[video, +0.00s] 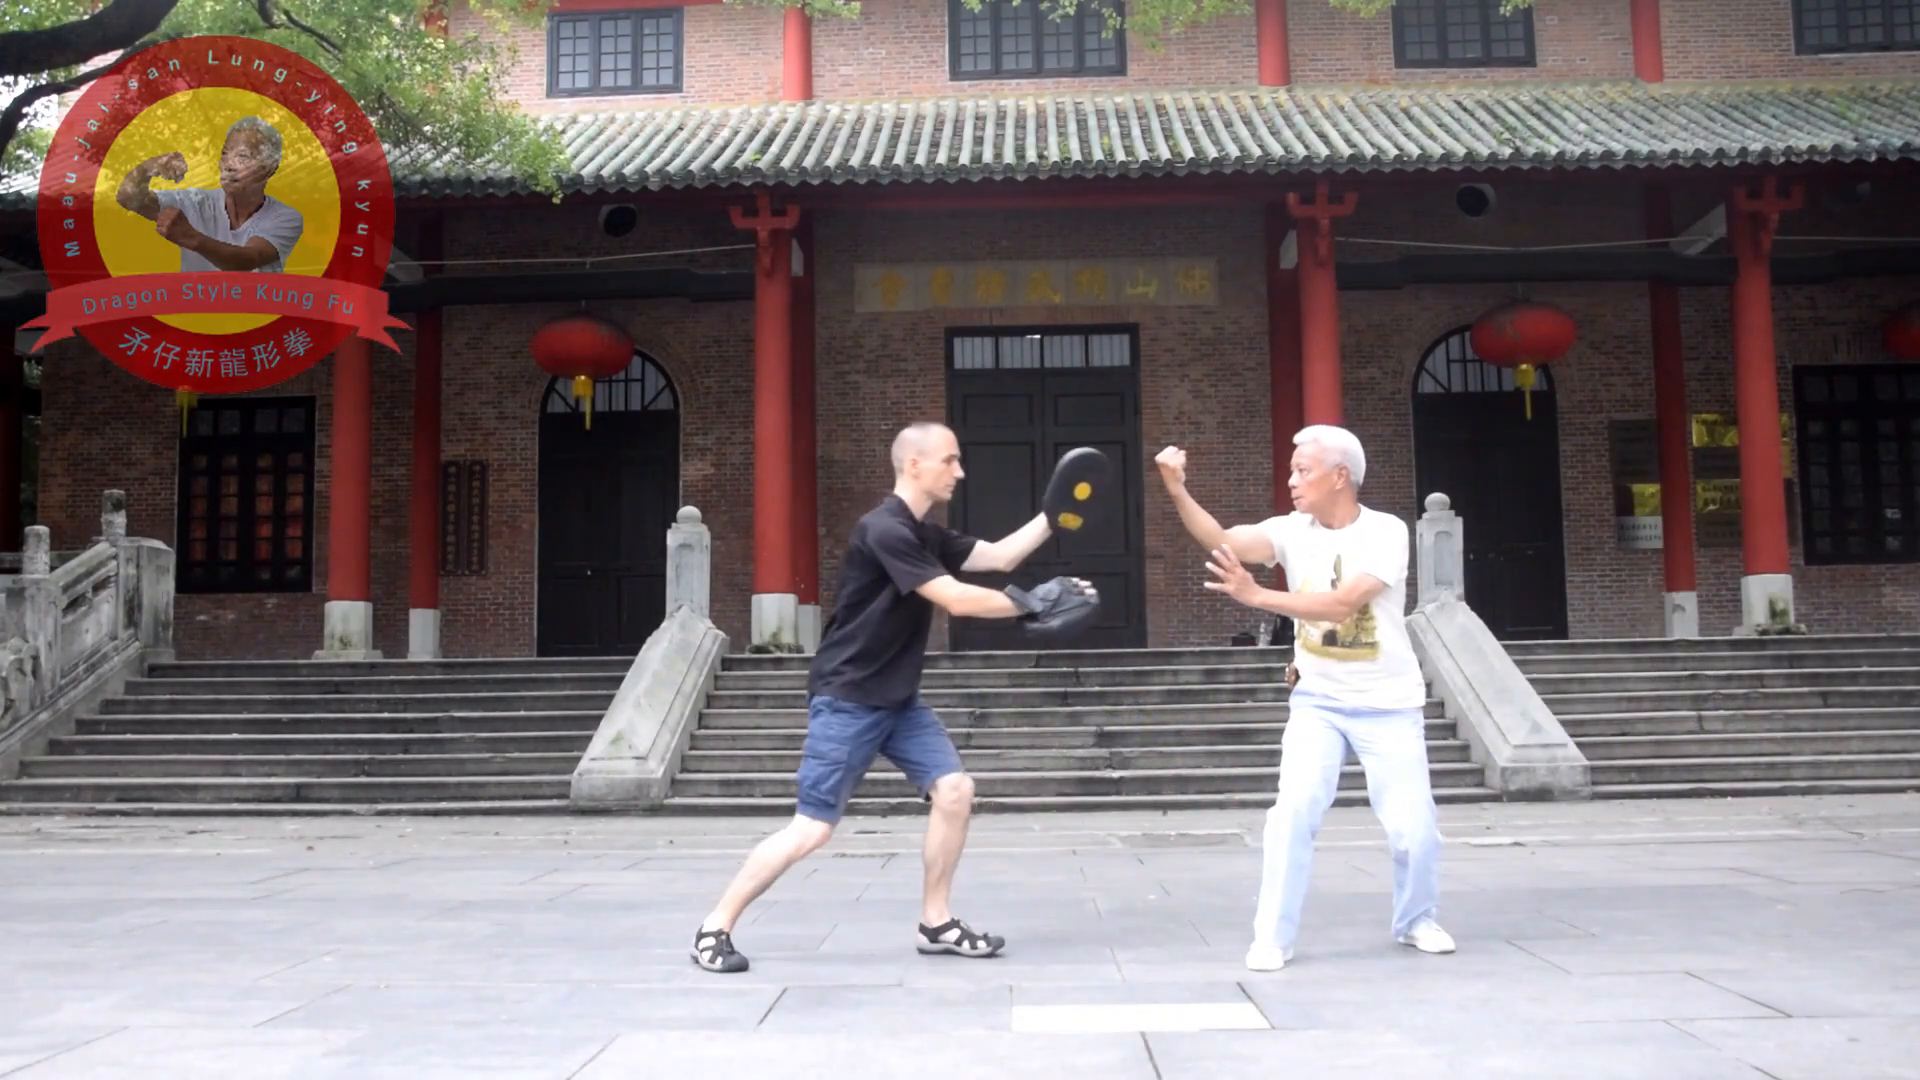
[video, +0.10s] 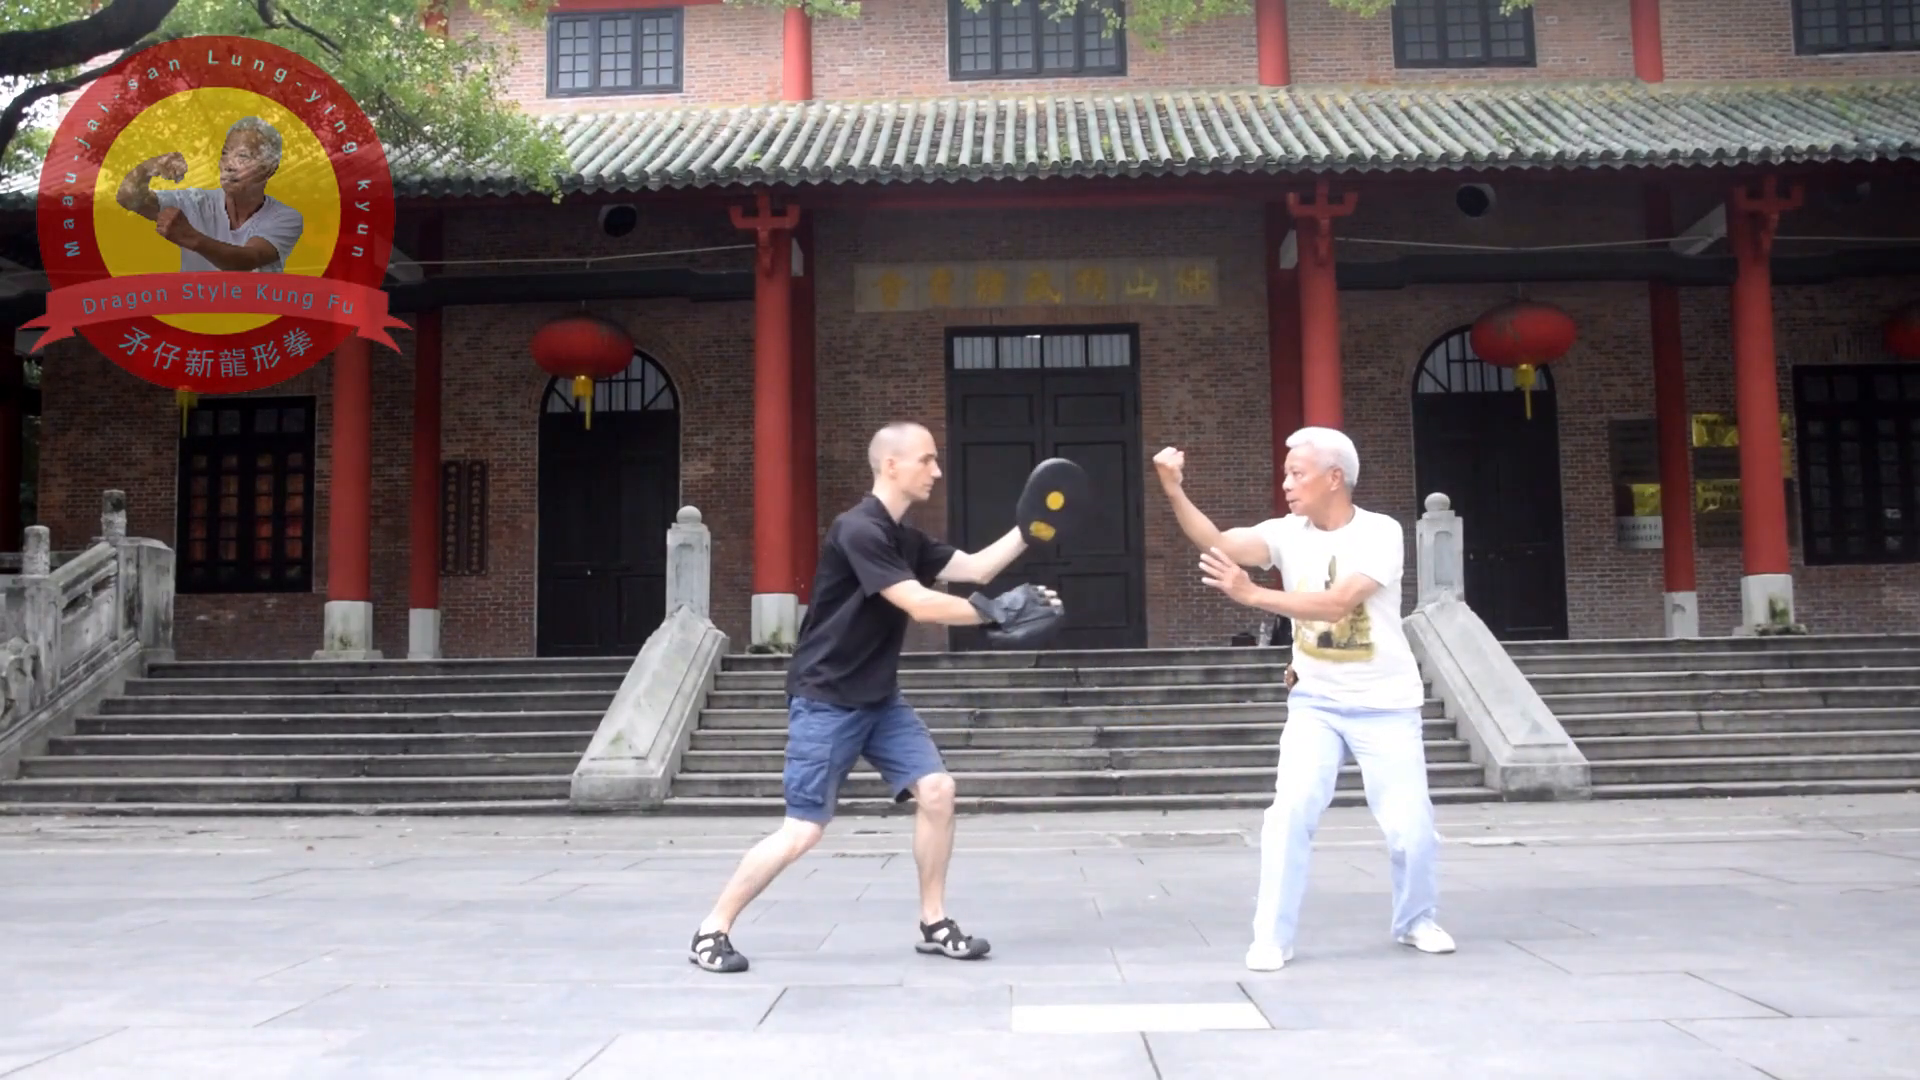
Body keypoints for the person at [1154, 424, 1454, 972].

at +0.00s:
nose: (1291, 481)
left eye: (1301, 471)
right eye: (1291, 471)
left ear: (1340, 476)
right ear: (1315, 477)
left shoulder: (1387, 532)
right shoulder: (1293, 530)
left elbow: (1343, 604)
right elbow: (1227, 543)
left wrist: (1256, 595)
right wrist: (1178, 490)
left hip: (1389, 705)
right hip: (1317, 703)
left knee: (1415, 827)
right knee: (1294, 812)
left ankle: (1418, 920)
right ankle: (1271, 939)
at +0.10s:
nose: (1286, 485)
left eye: (1296, 475)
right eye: (1286, 475)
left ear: (1334, 479)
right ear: (1313, 481)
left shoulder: (1381, 533)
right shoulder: (1289, 532)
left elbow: (1336, 604)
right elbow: (1224, 546)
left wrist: (1249, 593)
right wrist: (1174, 490)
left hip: (1387, 706)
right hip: (1314, 704)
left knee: (1411, 827)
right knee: (1292, 809)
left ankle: (1418, 920)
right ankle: (1271, 939)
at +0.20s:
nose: (1282, 487)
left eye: (1293, 476)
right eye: (1282, 476)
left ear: (1330, 479)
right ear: (1309, 481)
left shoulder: (1378, 533)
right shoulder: (1286, 532)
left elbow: (1332, 605)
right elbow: (1219, 547)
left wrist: (1247, 591)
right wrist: (1169, 492)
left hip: (1384, 706)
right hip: (1312, 704)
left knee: (1407, 826)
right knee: (1290, 809)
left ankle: (1417, 920)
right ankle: (1271, 939)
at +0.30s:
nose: (1281, 487)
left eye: (1291, 476)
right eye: (1280, 476)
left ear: (1329, 479)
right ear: (1309, 481)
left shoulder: (1377, 532)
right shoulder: (1284, 533)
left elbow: (1332, 603)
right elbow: (1216, 547)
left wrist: (1246, 588)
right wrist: (1167, 493)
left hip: (1383, 705)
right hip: (1311, 703)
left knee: (1407, 825)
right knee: (1290, 810)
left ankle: (1417, 920)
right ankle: (1271, 940)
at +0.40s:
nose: (1283, 486)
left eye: (1293, 476)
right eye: (1283, 475)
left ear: (1331, 479)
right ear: (1308, 481)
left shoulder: (1378, 534)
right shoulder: (1284, 531)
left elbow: (1331, 604)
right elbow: (1215, 548)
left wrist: (1248, 585)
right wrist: (1165, 496)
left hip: (1383, 705)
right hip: (1310, 703)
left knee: (1417, 828)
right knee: (1292, 810)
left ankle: (1411, 920)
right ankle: (1271, 940)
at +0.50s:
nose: (1295, 491)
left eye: (1305, 480)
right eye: (1294, 480)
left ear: (1344, 485)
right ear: (1326, 485)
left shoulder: (1386, 543)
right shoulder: (1287, 535)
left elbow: (1338, 612)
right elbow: (1210, 554)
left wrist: (1252, 590)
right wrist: (1157, 510)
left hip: (1376, 709)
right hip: (1300, 706)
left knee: (1419, 828)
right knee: (1290, 808)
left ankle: (1413, 922)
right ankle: (1272, 939)